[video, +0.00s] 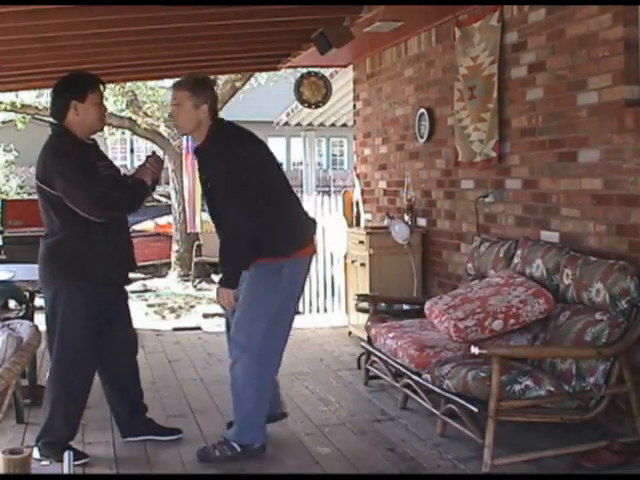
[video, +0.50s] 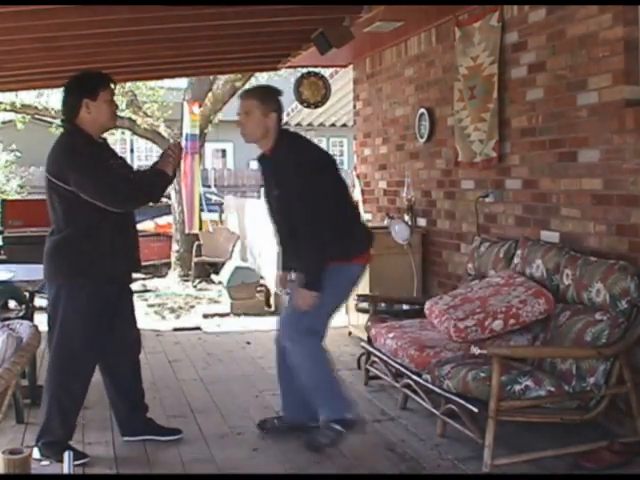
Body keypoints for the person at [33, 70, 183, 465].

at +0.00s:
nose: (105, 110)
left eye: (103, 102)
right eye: (99, 102)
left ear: (76, 108)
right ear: (75, 107)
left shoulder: (89, 151)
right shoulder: (60, 153)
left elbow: (117, 198)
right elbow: (100, 206)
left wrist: (143, 179)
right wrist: (141, 182)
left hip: (103, 275)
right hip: (73, 278)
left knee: (119, 352)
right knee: (72, 363)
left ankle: (134, 424)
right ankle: (52, 444)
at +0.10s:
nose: (107, 109)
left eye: (106, 101)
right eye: (101, 102)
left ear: (78, 108)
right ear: (76, 107)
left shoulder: (92, 151)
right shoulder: (60, 153)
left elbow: (117, 196)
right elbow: (100, 204)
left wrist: (144, 178)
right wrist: (143, 182)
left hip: (104, 274)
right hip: (73, 278)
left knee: (119, 351)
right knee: (71, 361)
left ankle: (134, 423)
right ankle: (52, 444)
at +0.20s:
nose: (109, 108)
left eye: (108, 101)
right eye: (103, 101)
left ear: (80, 108)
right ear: (78, 107)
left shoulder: (94, 151)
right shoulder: (62, 153)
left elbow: (123, 194)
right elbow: (106, 201)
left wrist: (149, 175)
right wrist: (149, 177)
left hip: (105, 274)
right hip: (73, 277)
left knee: (120, 351)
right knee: (71, 362)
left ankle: (134, 423)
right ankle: (52, 444)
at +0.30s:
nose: (111, 107)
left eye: (109, 99)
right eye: (104, 100)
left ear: (83, 107)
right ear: (81, 107)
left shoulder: (94, 149)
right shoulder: (65, 152)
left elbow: (126, 189)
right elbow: (110, 199)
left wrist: (154, 171)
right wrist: (156, 175)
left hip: (105, 274)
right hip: (74, 277)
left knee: (120, 350)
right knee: (71, 361)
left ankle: (134, 423)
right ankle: (52, 444)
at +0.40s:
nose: (115, 107)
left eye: (113, 99)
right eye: (108, 100)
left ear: (88, 107)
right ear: (85, 106)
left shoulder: (95, 149)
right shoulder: (68, 151)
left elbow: (130, 189)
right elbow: (114, 197)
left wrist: (156, 172)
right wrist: (157, 174)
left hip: (106, 273)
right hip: (77, 276)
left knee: (121, 350)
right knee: (70, 361)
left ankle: (134, 423)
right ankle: (51, 444)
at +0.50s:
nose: (117, 107)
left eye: (115, 99)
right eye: (110, 100)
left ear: (91, 106)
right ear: (86, 106)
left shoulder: (98, 148)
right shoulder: (70, 151)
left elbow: (135, 189)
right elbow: (120, 196)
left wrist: (163, 169)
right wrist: (161, 171)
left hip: (108, 273)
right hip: (77, 275)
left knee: (122, 351)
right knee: (70, 361)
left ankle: (134, 423)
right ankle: (51, 444)